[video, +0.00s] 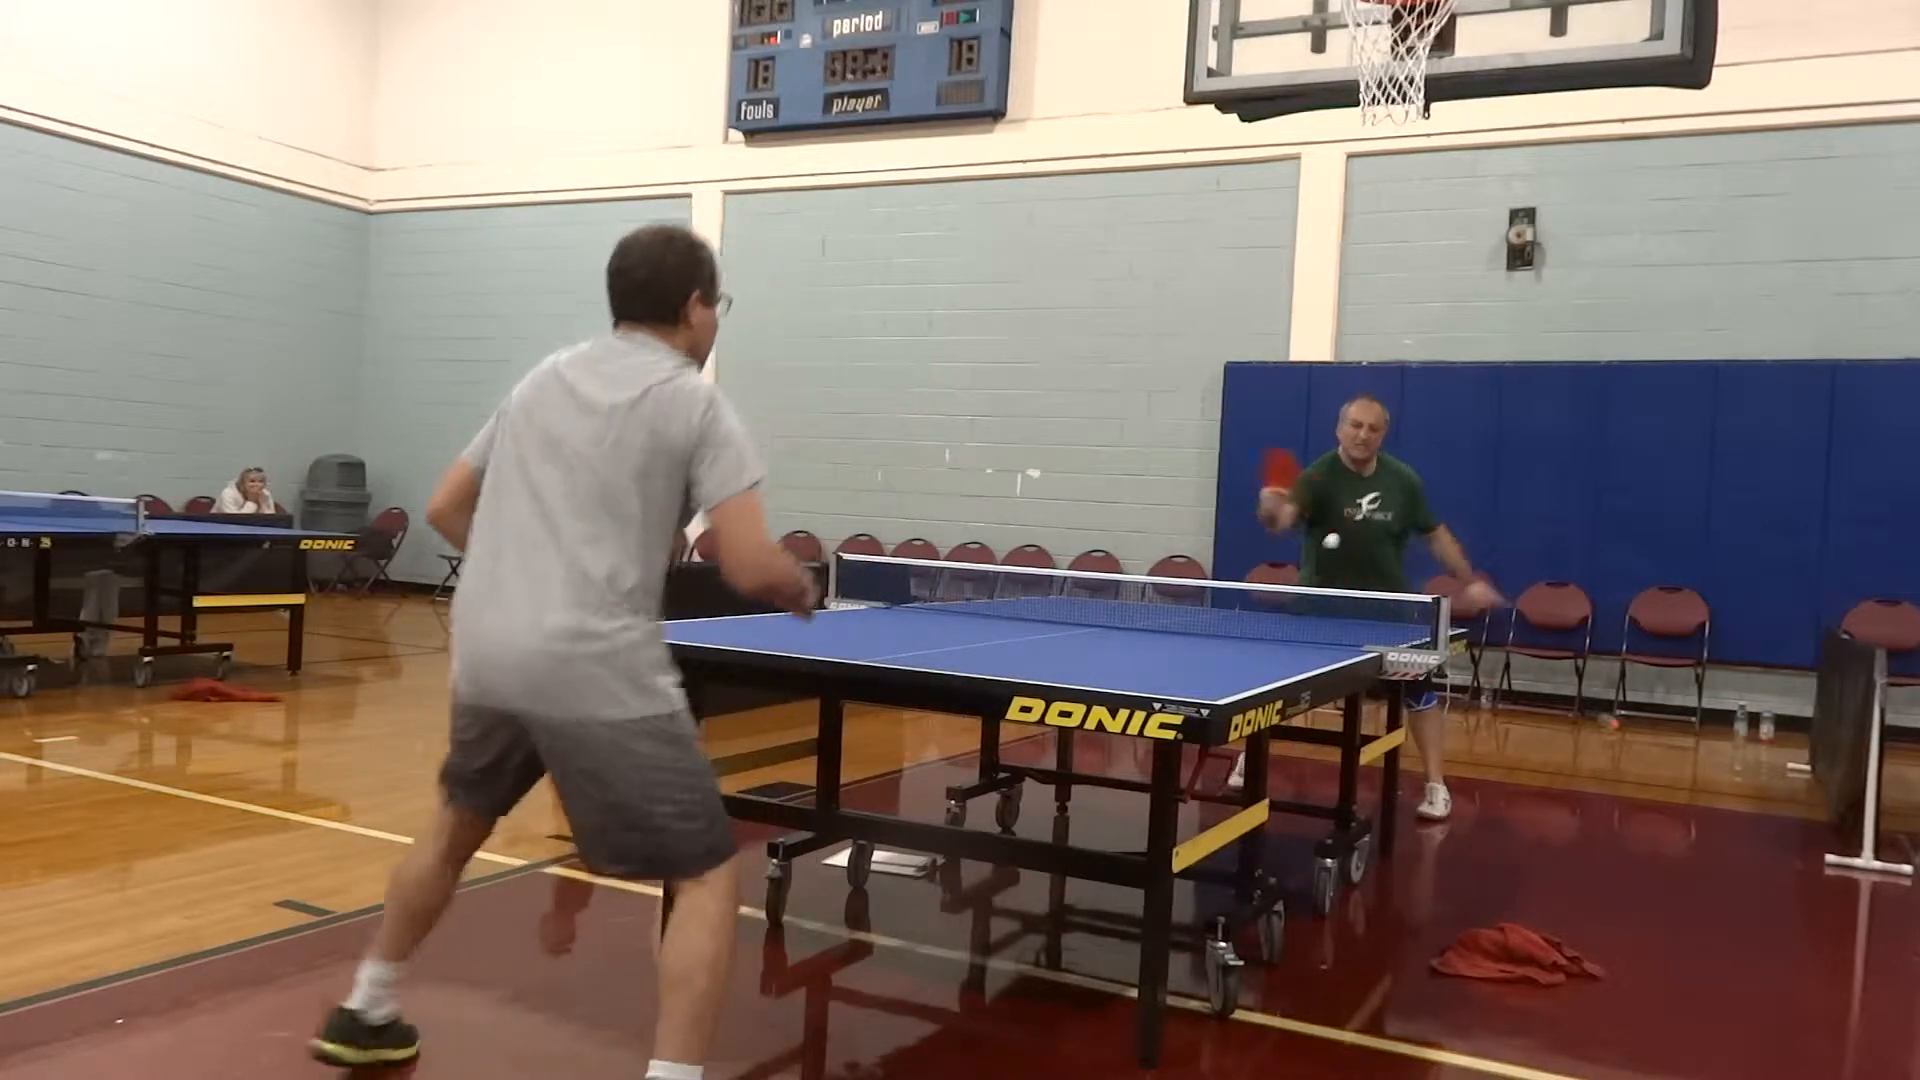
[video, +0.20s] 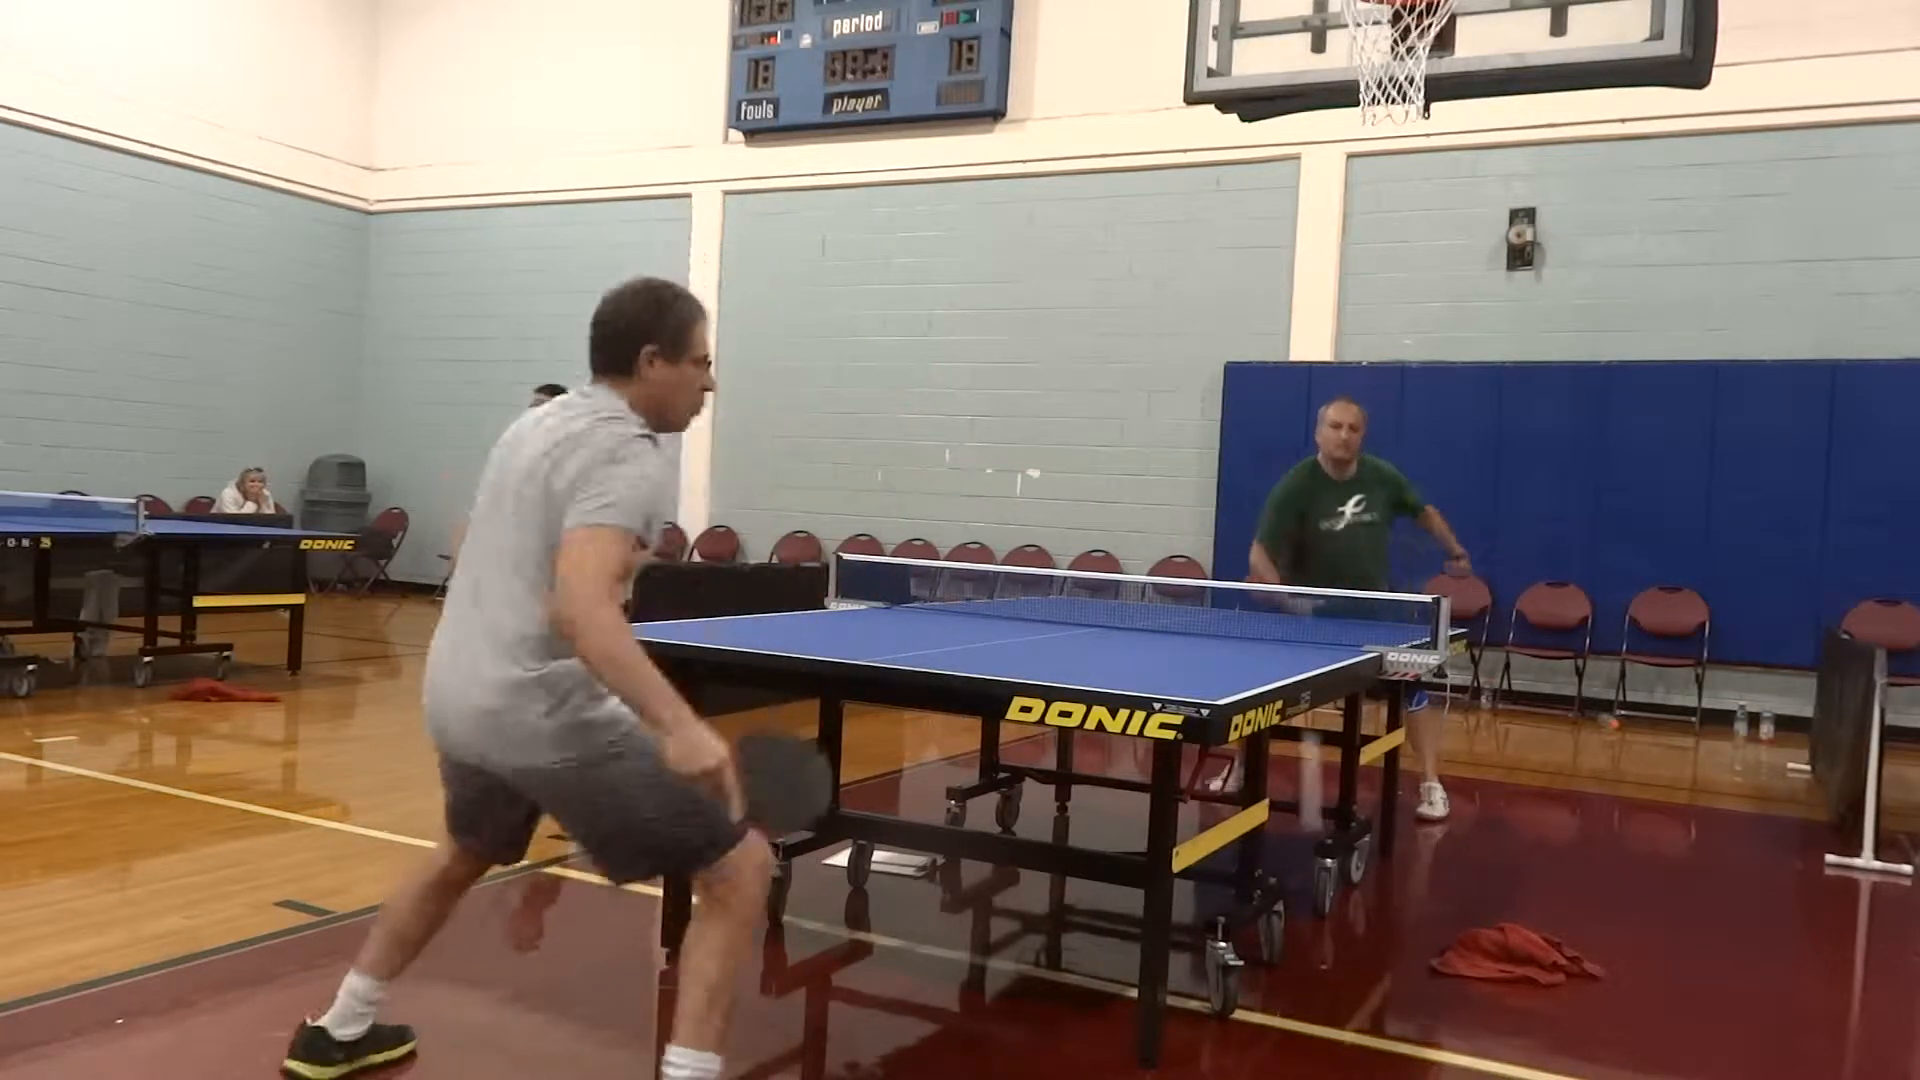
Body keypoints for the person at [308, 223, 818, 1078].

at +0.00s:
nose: (718, 318)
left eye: (716, 302)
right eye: (715, 302)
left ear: (617, 305)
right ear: (693, 306)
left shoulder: (545, 377)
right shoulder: (694, 399)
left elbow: (448, 509)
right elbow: (753, 570)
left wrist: (532, 565)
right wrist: (797, 586)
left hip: (485, 657)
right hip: (598, 671)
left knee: (453, 826)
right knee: (706, 868)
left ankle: (365, 1007)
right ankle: (674, 1070)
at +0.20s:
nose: (710, 380)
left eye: (708, 362)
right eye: (700, 361)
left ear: (621, 361)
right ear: (649, 363)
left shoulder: (536, 423)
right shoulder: (628, 448)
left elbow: (469, 552)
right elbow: (583, 605)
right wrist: (677, 723)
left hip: (459, 697)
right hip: (544, 714)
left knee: (469, 847)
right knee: (739, 868)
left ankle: (341, 1023)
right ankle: (691, 1068)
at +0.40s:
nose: (764, 325)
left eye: (769, 305)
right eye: (746, 303)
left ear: (675, 303)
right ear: (677, 300)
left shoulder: (618, 368)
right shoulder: (662, 389)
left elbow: (578, 522)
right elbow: (626, 525)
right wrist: (730, 602)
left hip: (539, 666)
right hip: (607, 683)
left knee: (508, 846)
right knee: (752, 885)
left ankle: (376, 1010)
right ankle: (724, 1070)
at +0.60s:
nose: (748, 251)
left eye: (766, 229)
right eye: (722, 228)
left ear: (783, 236)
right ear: (671, 231)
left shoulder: (721, 347)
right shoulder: (650, 344)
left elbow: (680, 524)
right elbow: (546, 510)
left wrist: (741, 625)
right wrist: (672, 613)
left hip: (647, 675)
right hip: (625, 682)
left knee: (627, 878)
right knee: (719, 906)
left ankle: (492, 1056)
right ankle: (722, 1074)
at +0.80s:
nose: (700, 215)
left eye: (722, 193)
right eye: (673, 194)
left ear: (749, 208)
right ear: (632, 209)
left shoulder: (757, 336)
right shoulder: (580, 341)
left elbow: (804, 466)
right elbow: (451, 506)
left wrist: (907, 567)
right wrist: (506, 679)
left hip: (712, 699)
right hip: (601, 705)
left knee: (635, 925)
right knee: (699, 931)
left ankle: (562, 1074)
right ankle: (686, 1078)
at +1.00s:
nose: (648, 166)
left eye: (673, 141)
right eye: (618, 146)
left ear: (719, 162)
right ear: (587, 175)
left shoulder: (761, 311)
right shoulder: (537, 322)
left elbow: (824, 456)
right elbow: (415, 511)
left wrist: (909, 567)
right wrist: (357, 703)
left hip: (708, 697)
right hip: (570, 707)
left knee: (638, 962)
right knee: (604, 979)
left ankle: (571, 1068)